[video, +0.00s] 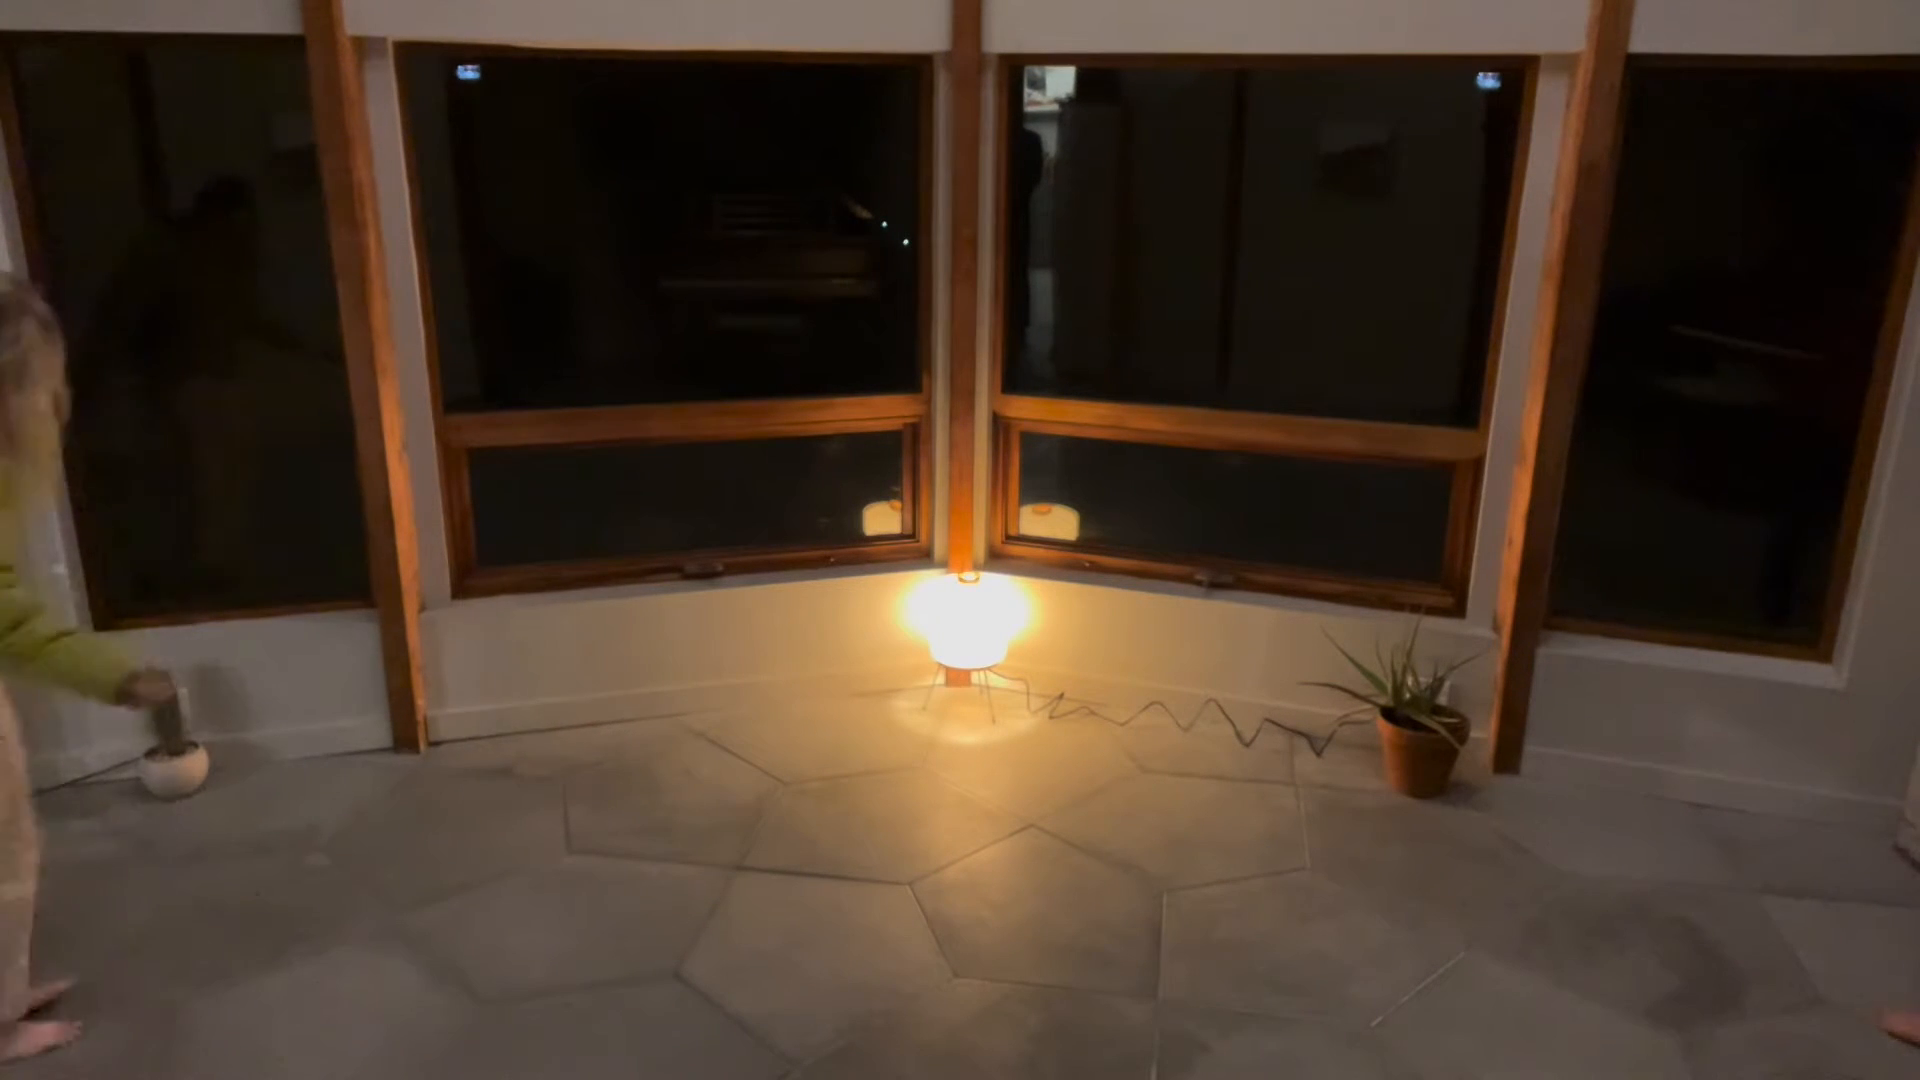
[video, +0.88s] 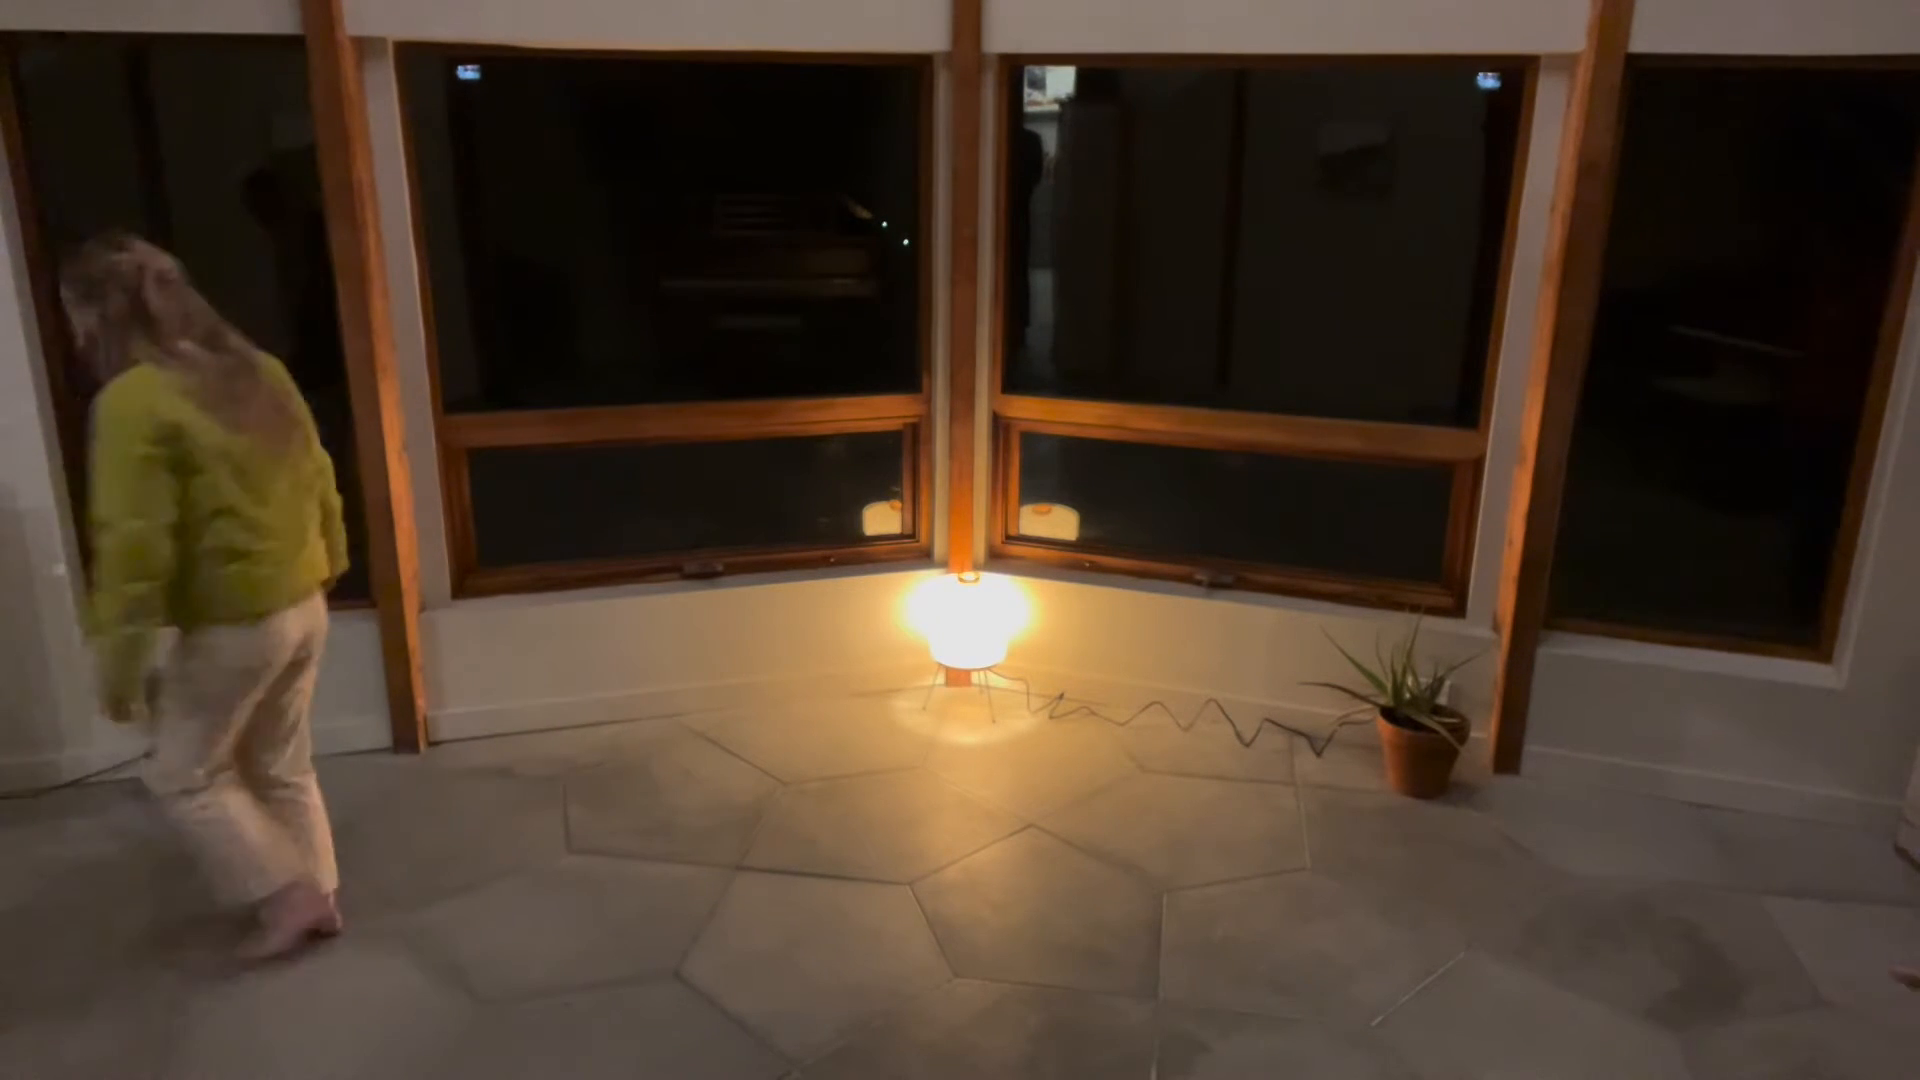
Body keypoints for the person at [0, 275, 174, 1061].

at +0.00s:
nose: (56, 404)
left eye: (54, 385)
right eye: (43, 387)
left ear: (27, 392)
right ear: (7, 397)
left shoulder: (17, 473)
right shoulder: (5, 483)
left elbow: (19, 620)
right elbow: (14, 622)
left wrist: (118, 677)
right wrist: (120, 677)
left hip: (6, 689)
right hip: (3, 690)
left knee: (16, 838)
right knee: (12, 847)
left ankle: (10, 991)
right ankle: (6, 1023)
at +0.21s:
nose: (98, 351)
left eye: (93, 336)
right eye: (91, 336)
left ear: (10, 338)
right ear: (68, 342)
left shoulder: (16, 426)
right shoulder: (40, 432)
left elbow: (84, 574)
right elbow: (88, 577)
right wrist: (213, 643)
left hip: (13, 666)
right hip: (28, 666)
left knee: (13, 826)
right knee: (110, 818)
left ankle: (10, 983)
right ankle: (99, 979)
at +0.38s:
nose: (130, 330)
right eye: (120, 317)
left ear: (16, 334)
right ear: (104, 324)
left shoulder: (6, 420)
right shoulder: (111, 413)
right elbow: (167, 550)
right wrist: (274, 621)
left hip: (9, 662)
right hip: (93, 657)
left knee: (58, 815)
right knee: (153, 787)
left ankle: (86, 975)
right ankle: (132, 973)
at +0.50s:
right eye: (136, 305)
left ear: (41, 319)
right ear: (129, 311)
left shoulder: (10, 407)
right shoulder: (159, 402)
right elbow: (227, 534)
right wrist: (318, 590)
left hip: (41, 654)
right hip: (154, 645)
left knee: (74, 822)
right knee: (208, 776)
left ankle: (90, 974)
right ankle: (237, 931)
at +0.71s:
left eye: (65, 309)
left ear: (71, 314)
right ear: (155, 302)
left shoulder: (54, 408)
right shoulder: (223, 383)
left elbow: (31, 554)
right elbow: (296, 493)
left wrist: (26, 674)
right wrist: (345, 573)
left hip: (147, 645)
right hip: (250, 629)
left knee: (138, 801)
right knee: (257, 763)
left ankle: (147, 954)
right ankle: (298, 901)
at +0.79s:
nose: (66, 332)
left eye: (68, 314)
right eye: (64, 314)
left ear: (93, 314)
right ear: (159, 297)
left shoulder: (106, 406)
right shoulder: (245, 371)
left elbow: (97, 552)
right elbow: (311, 475)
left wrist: (79, 676)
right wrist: (333, 563)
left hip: (201, 637)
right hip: (287, 617)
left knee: (162, 791)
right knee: (280, 769)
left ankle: (196, 941)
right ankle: (317, 904)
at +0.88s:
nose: (78, 340)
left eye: (79, 322)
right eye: (74, 323)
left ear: (109, 315)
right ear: (166, 296)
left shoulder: (133, 400)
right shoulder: (257, 367)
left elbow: (137, 546)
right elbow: (319, 477)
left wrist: (121, 672)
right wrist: (325, 564)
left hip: (231, 628)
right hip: (304, 608)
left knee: (183, 775)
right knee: (283, 766)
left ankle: (284, 894)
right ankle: (318, 900)